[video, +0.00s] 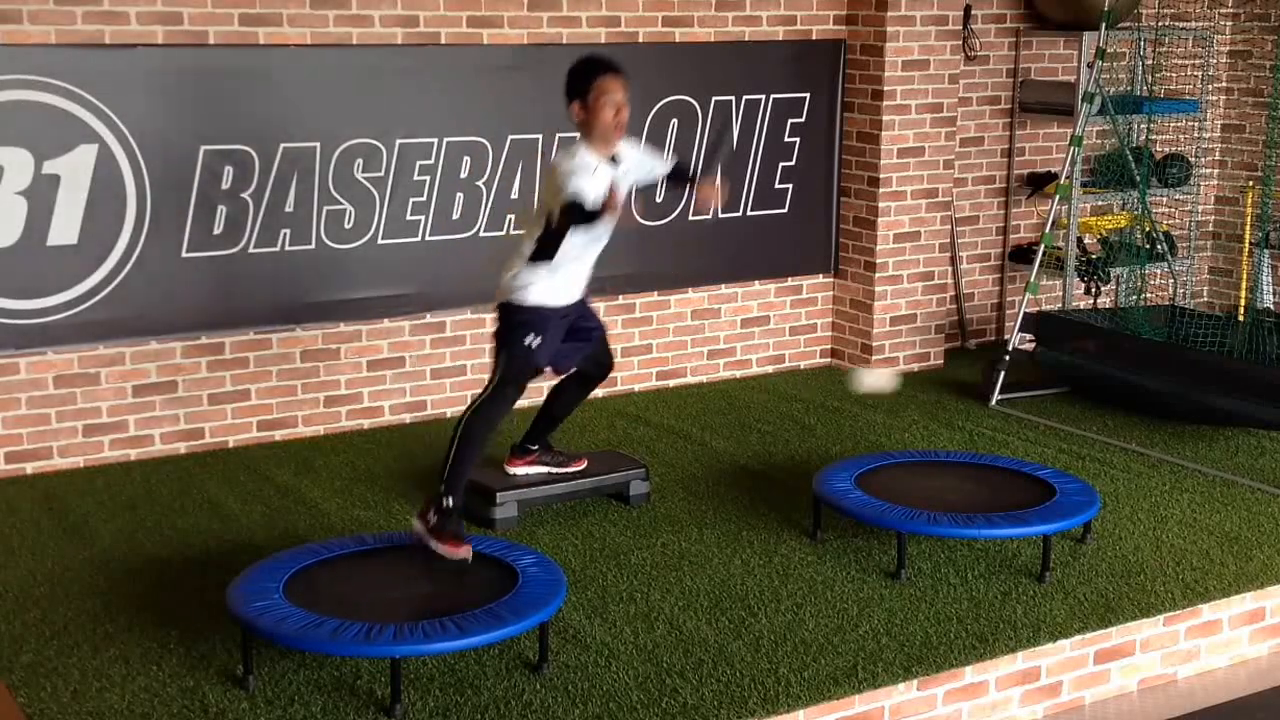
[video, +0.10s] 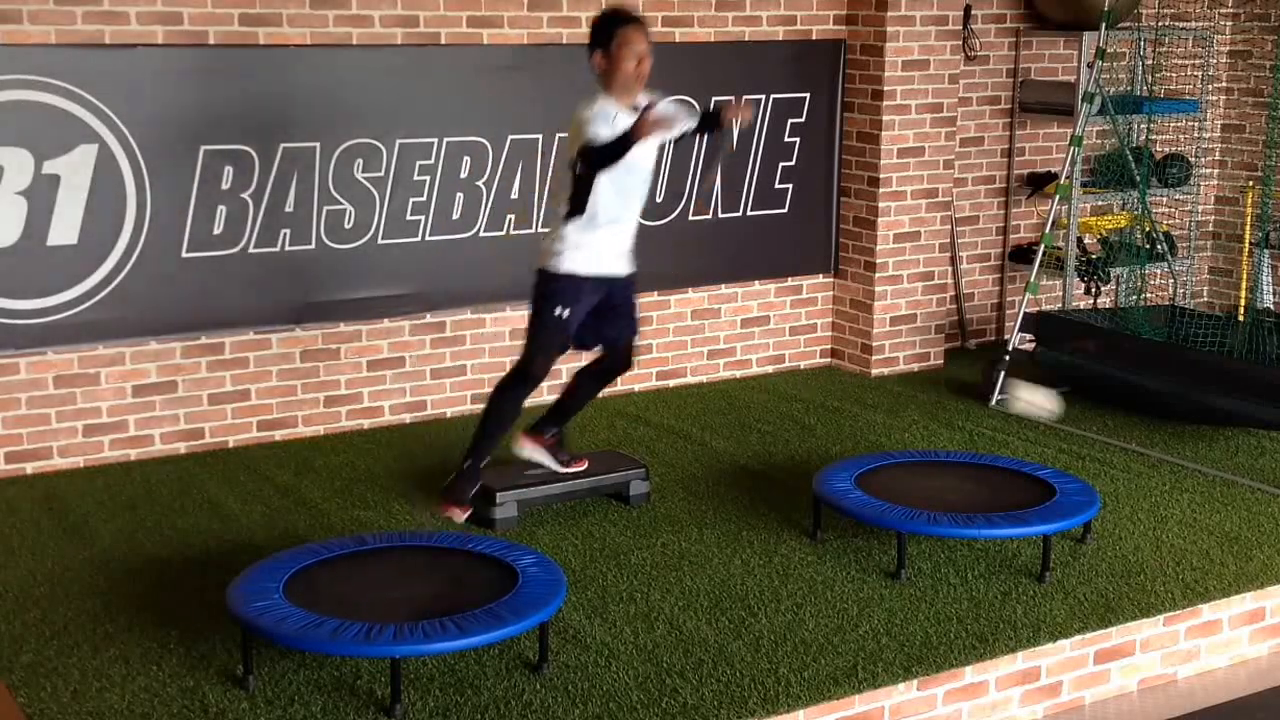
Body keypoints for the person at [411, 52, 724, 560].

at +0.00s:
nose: (621, 114)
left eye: (625, 104)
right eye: (609, 105)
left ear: (628, 107)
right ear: (580, 111)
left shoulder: (625, 154)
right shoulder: (570, 163)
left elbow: (666, 170)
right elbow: (577, 206)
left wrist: (701, 185)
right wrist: (607, 208)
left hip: (568, 299)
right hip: (530, 299)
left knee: (596, 365)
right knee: (502, 393)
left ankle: (530, 449)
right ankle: (442, 510)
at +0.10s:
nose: (643, 64)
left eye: (647, 54)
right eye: (632, 54)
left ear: (650, 58)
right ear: (600, 60)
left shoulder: (650, 110)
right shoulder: (593, 113)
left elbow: (687, 122)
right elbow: (590, 163)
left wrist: (721, 116)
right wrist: (637, 135)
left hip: (615, 267)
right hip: (570, 265)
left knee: (618, 356)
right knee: (532, 369)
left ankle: (545, 434)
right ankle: (467, 476)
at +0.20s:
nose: (674, 42)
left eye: (678, 33)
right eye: (663, 32)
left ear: (683, 40)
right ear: (631, 37)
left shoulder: (682, 90)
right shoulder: (618, 90)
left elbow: (721, 119)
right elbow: (615, 135)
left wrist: (752, 102)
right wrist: (684, 102)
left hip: (653, 249)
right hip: (597, 252)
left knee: (692, 338)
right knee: (558, 358)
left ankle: (615, 392)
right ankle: (517, 436)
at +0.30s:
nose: (713, 61)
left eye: (716, 51)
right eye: (701, 49)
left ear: (718, 55)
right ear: (668, 53)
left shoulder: (710, 106)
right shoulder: (649, 103)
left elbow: (754, 152)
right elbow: (645, 155)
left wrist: (800, 147)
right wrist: (720, 124)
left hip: (680, 250)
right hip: (623, 260)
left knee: (763, 314)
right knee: (578, 363)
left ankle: (736, 401)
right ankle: (545, 444)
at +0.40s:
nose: (756, 100)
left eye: (759, 90)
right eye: (746, 89)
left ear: (761, 94)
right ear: (713, 91)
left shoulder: (754, 146)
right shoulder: (687, 144)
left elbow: (796, 195)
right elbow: (656, 209)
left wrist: (843, 214)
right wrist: (741, 198)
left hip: (717, 272)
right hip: (655, 280)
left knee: (805, 326)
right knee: (596, 368)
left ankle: (868, 424)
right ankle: (546, 446)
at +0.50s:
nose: (804, 139)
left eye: (811, 132)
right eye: (794, 128)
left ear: (815, 138)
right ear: (766, 131)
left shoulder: (811, 189)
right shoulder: (734, 185)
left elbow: (853, 242)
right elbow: (679, 254)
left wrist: (901, 282)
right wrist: (741, 283)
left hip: (771, 309)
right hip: (707, 310)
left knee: (850, 359)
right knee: (624, 383)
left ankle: (902, 463)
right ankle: (548, 449)